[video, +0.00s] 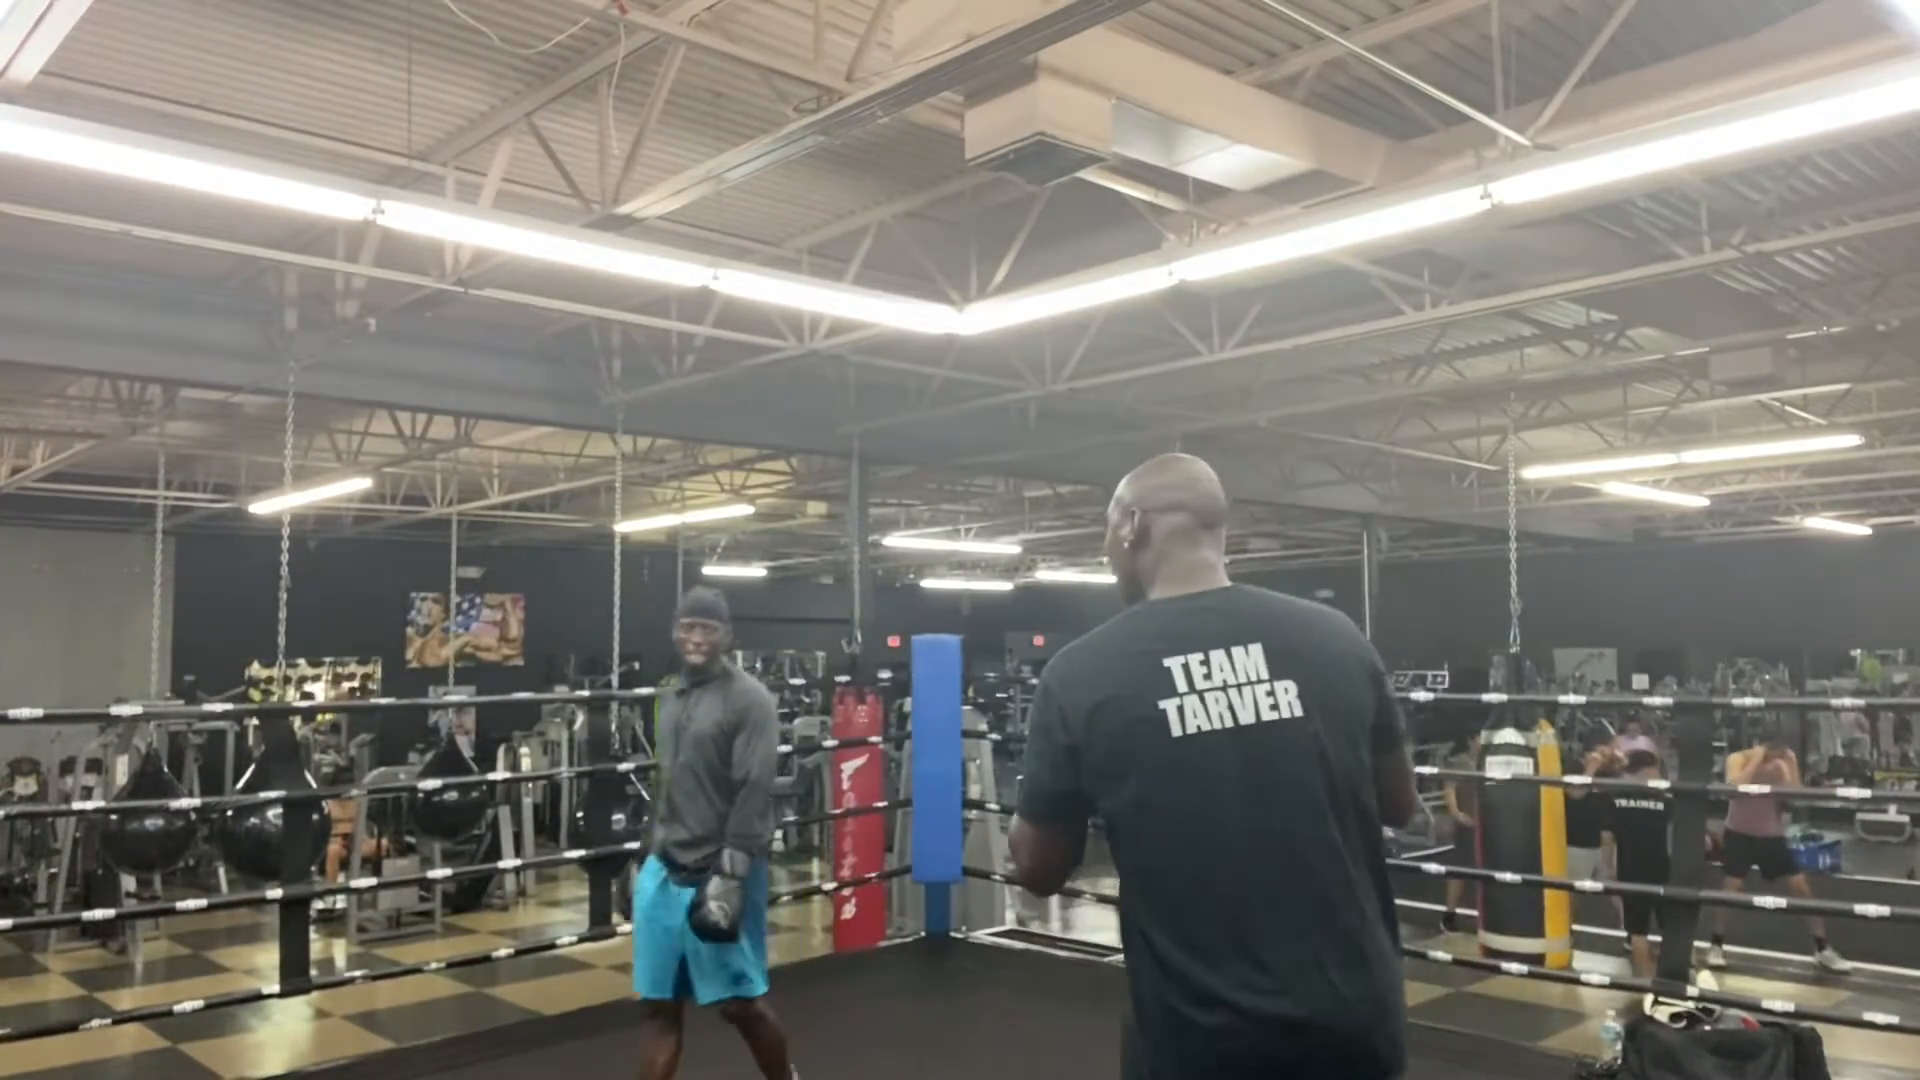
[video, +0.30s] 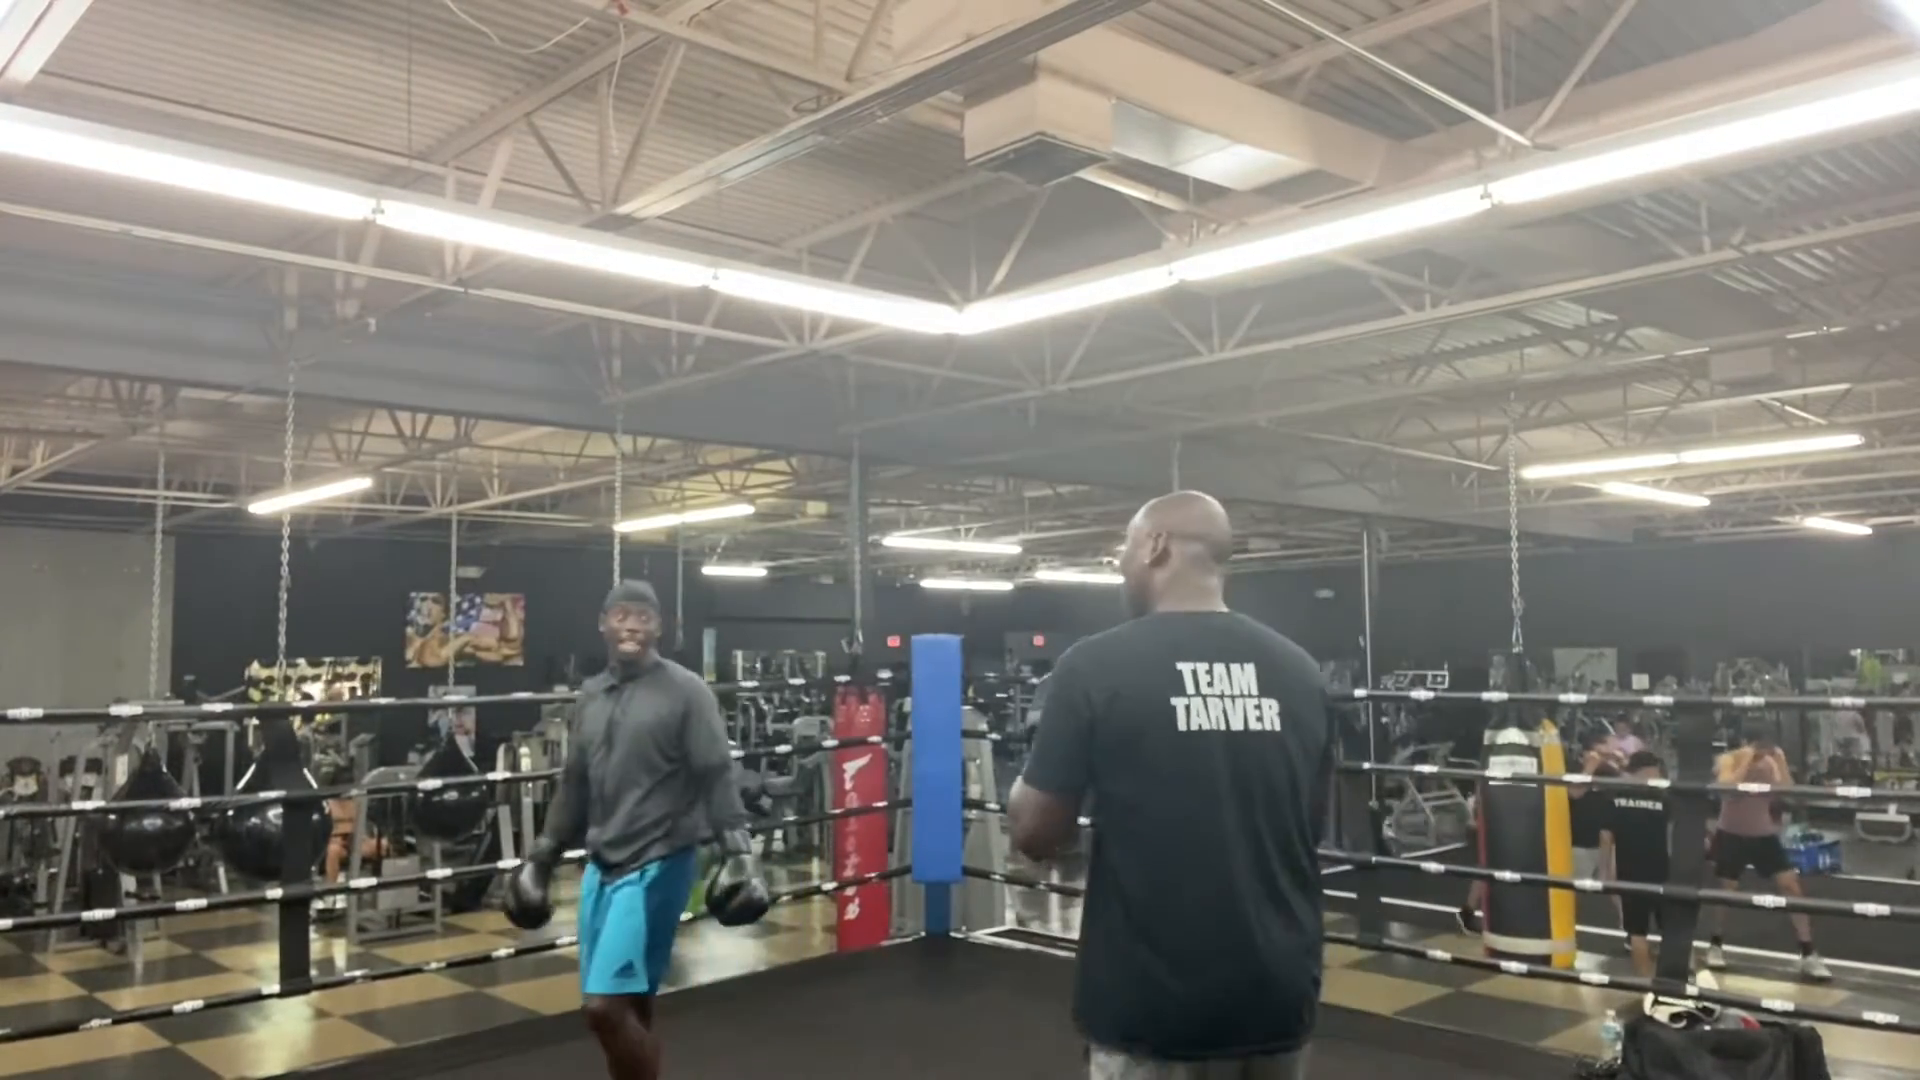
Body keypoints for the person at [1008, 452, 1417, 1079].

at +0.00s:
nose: (1107, 548)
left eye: (1109, 528)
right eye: (1107, 530)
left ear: (1133, 528)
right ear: (1220, 529)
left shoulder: (1079, 675)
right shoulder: (1336, 636)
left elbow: (1040, 870)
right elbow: (1399, 801)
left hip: (1192, 1028)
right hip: (1354, 1014)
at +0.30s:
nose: (1121, 564)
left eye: (1127, 548)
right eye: (1122, 550)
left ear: (1156, 548)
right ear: (1221, 558)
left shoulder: (1094, 666)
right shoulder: (1300, 669)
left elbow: (1035, 830)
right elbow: (1312, 816)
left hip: (1147, 999)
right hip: (1278, 994)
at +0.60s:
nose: (1081, 558)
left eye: (1086, 542)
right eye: (1082, 544)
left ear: (1119, 542)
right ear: (1173, 546)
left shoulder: (1083, 644)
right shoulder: (1248, 643)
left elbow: (1032, 796)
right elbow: (1250, 786)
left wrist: (1016, 731)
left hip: (1116, 966)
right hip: (1243, 959)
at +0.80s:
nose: (1023, 584)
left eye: (1030, 567)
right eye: (1024, 569)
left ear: (1063, 569)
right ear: (1108, 570)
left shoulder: (1034, 674)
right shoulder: (1178, 655)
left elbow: (1000, 816)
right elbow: (1171, 778)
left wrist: (983, 795)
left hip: (1085, 954)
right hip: (1191, 941)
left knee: (1073, 1069)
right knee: (1204, 1072)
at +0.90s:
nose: (994, 588)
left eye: (999, 570)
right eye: (995, 571)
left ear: (1031, 572)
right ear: (1075, 569)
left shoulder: (1009, 673)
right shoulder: (1152, 647)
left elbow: (948, 802)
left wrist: (937, 750)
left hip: (1057, 936)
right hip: (1159, 922)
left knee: (1041, 1071)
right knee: (1160, 1072)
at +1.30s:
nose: (936, 599)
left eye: (938, 586)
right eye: (935, 587)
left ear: (963, 578)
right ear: (1005, 573)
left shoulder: (953, 658)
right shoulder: (1085, 644)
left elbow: (908, 778)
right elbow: (1124, 741)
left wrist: (878, 752)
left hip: (1004, 902)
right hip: (1092, 891)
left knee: (1005, 1066)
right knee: (1073, 1059)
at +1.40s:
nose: (928, 606)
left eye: (933, 592)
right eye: (928, 593)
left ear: (962, 586)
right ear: (987, 585)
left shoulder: (947, 663)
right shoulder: (1069, 656)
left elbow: (942, 782)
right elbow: (1097, 761)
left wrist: (900, 772)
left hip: (984, 902)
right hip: (1066, 890)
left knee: (995, 1065)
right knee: (1046, 1059)